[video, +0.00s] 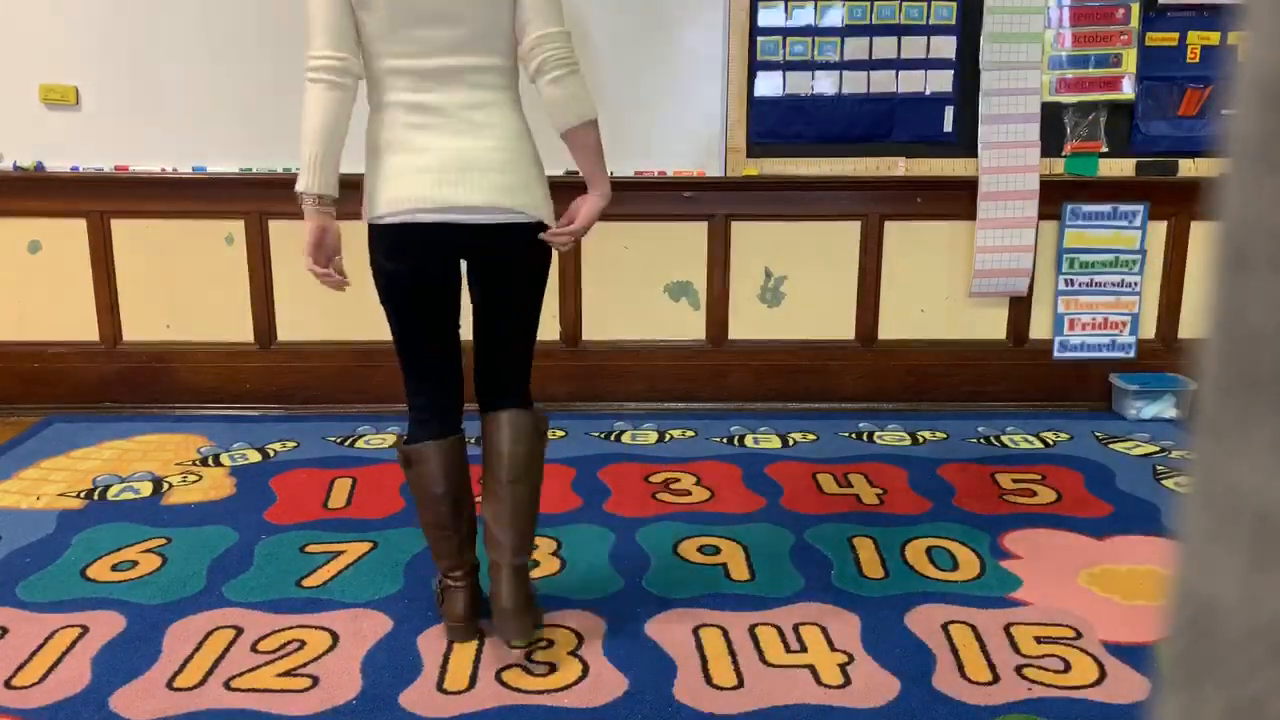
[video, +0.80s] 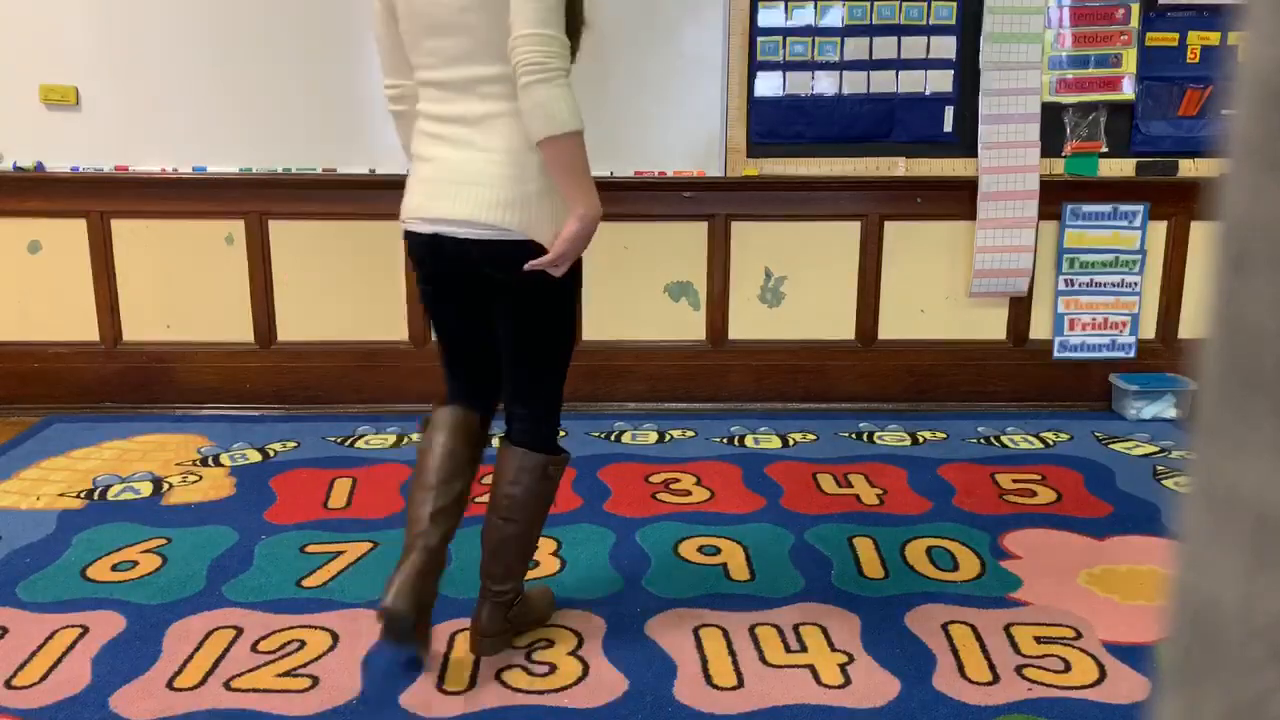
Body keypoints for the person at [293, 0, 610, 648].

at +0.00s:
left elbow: (332, 71)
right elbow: (548, 58)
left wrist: (320, 205)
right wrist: (597, 182)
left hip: (405, 200)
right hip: (509, 196)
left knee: (429, 397)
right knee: (508, 392)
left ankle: (456, 590)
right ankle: (511, 594)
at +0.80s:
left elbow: (401, 94)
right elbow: (539, 71)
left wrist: (442, 183)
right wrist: (584, 202)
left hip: (432, 213)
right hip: (524, 216)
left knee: (465, 392)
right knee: (531, 417)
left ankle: (416, 567)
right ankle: (499, 604)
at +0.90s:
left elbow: (416, 84)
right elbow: (549, 65)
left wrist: (460, 169)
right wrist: (596, 193)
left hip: (446, 210)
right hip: (528, 211)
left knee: (504, 373)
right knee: (532, 403)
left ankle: (464, 546)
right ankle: (499, 602)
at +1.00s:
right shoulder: (540, 1)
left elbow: (432, 82)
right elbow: (553, 72)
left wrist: (476, 165)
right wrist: (600, 192)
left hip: (461, 206)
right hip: (536, 210)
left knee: (528, 367)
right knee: (541, 394)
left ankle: (527, 525)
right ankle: (497, 599)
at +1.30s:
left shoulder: (449, 4)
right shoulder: (549, 2)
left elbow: (464, 109)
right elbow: (559, 107)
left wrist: (521, 182)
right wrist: (612, 219)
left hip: (491, 220)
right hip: (555, 226)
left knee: (566, 366)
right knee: (610, 386)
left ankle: (554, 521)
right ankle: (521, 559)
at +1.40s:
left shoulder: (445, 4)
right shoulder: (552, 1)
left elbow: (459, 105)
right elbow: (566, 102)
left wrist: (512, 177)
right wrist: (618, 214)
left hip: (491, 220)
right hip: (558, 224)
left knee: (562, 366)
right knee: (607, 384)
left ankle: (552, 522)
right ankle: (526, 559)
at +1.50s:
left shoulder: (440, 4)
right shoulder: (558, 3)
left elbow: (451, 114)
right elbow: (572, 109)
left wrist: (498, 185)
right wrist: (621, 224)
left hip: (485, 234)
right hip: (555, 237)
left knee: (560, 368)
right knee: (594, 400)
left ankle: (549, 525)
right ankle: (521, 580)